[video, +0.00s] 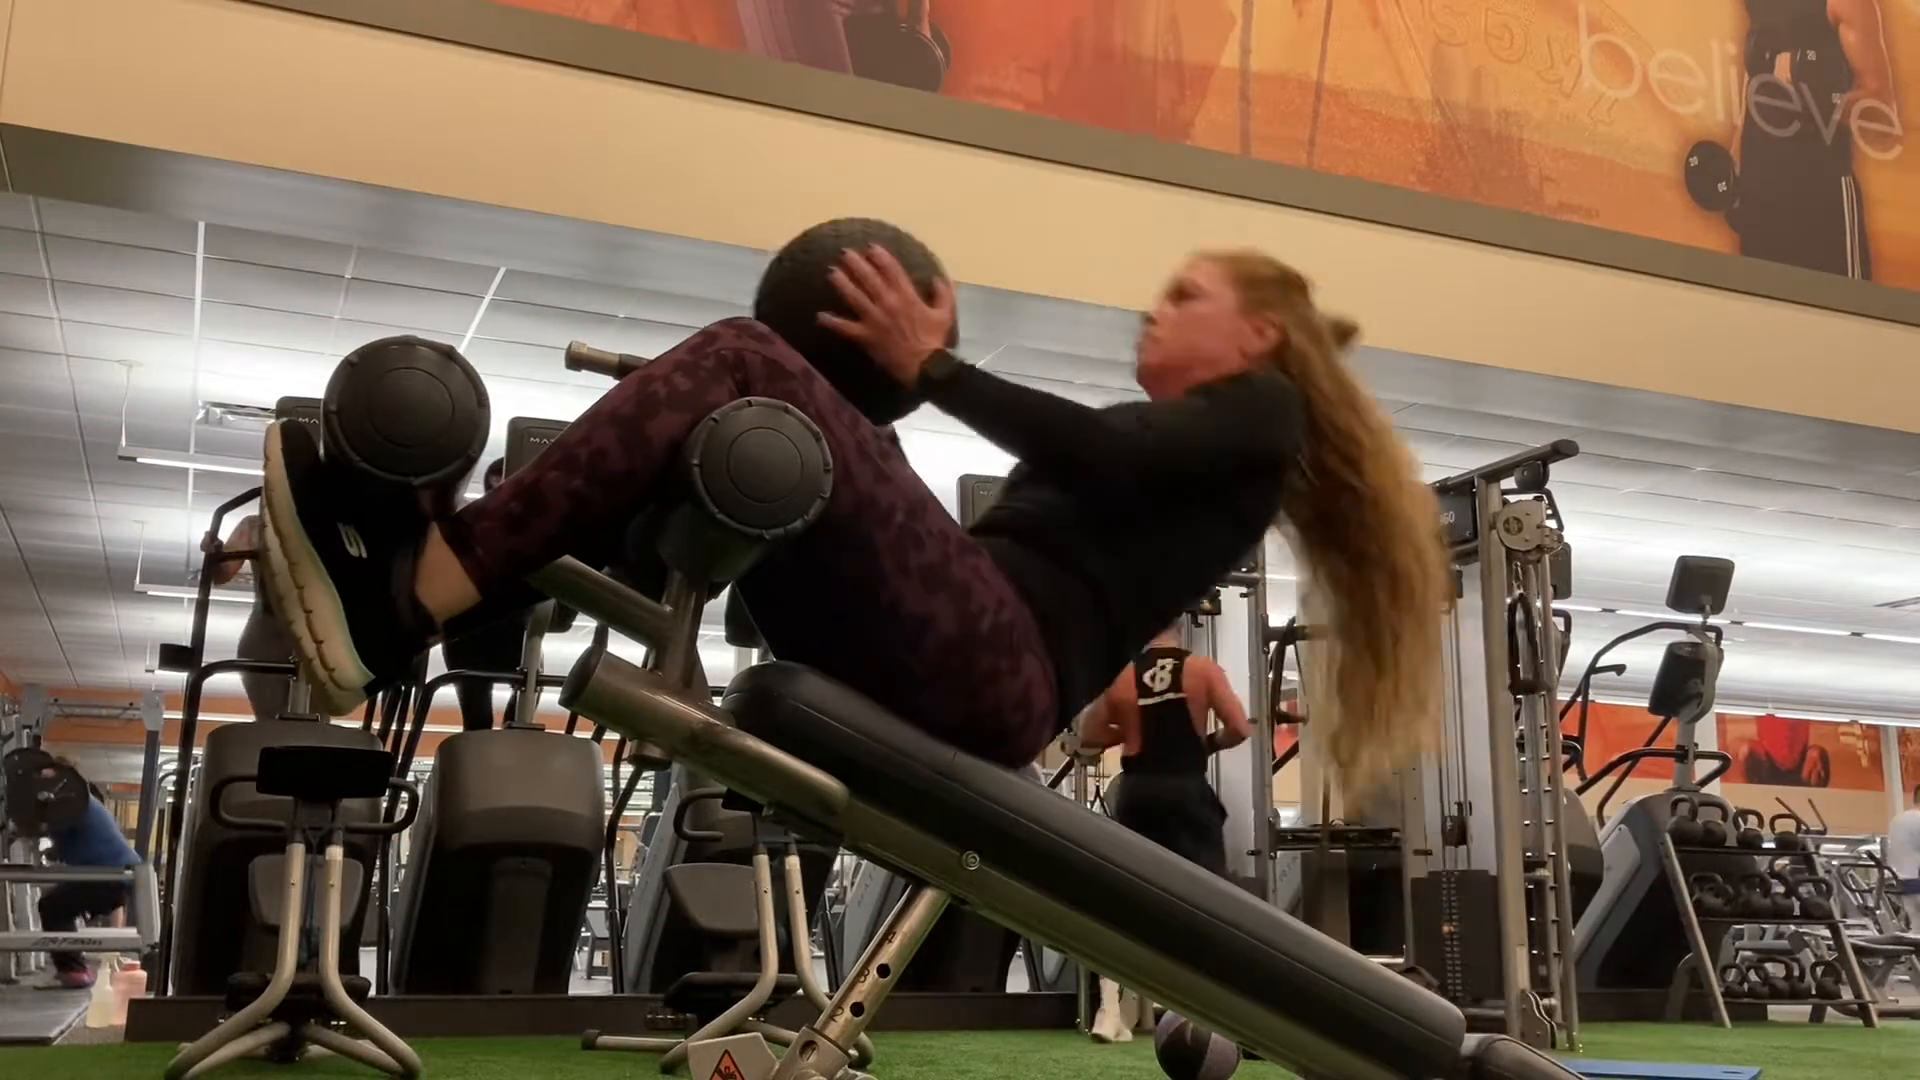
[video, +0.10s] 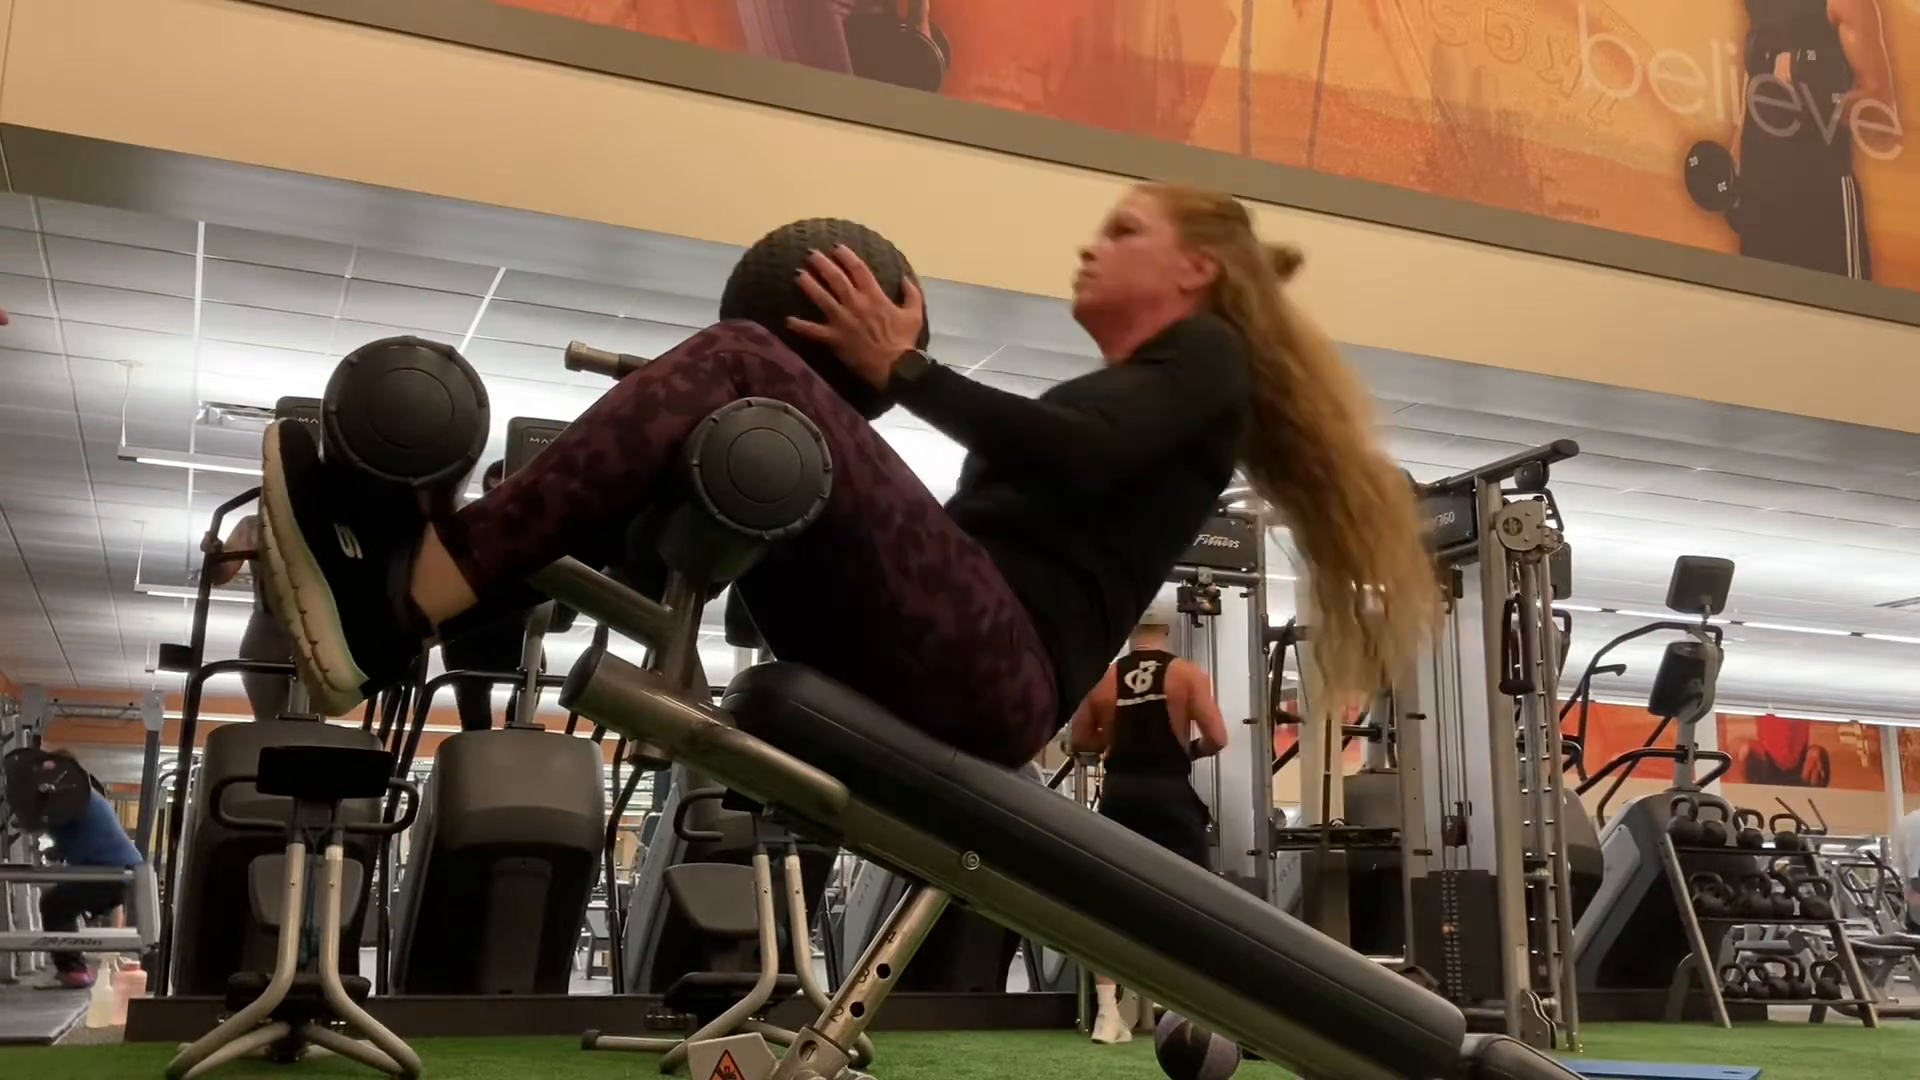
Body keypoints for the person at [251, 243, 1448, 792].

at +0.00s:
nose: (1152, 319)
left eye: (1185, 302)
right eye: (1164, 302)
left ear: (1261, 333)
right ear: (1216, 336)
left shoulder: (1261, 409)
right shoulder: (1176, 441)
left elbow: (1099, 455)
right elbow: (1031, 501)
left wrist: (935, 369)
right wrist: (914, 364)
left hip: (1000, 668)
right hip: (929, 643)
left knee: (754, 358)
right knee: (740, 380)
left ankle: (434, 583)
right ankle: (411, 572)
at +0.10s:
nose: (1086, 258)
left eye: (1114, 239)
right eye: (1094, 240)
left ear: (1196, 269)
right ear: (1152, 274)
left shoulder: (1204, 359)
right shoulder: (1131, 382)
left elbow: (1067, 447)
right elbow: (989, 487)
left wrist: (906, 372)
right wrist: (896, 373)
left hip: (999, 664)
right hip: (943, 636)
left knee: (743, 367)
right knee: (752, 345)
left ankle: (442, 583)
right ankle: (462, 567)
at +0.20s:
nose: (1035, 221)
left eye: (1068, 203)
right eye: (1043, 201)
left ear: (1145, 243)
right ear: (1086, 246)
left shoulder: (1161, 338)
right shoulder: (1071, 359)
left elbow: (1071, 457)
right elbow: (970, 495)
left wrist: (906, 358)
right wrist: (882, 362)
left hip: (999, 667)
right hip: (934, 640)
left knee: (744, 360)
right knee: (728, 376)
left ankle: (435, 588)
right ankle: (436, 566)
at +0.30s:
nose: (1007, 231)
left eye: (1041, 206)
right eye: (1007, 211)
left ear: (1123, 235)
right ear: (1017, 245)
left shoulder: (1154, 336)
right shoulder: (1008, 380)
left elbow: (1101, 478)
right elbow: (882, 488)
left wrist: (942, 338)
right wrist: (828, 349)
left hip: (997, 668)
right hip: (908, 641)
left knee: (750, 367)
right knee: (708, 383)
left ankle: (423, 593)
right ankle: (412, 578)